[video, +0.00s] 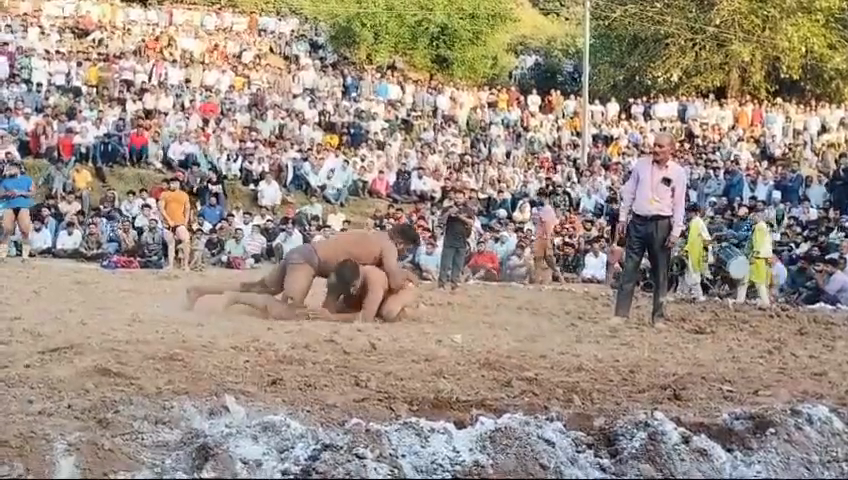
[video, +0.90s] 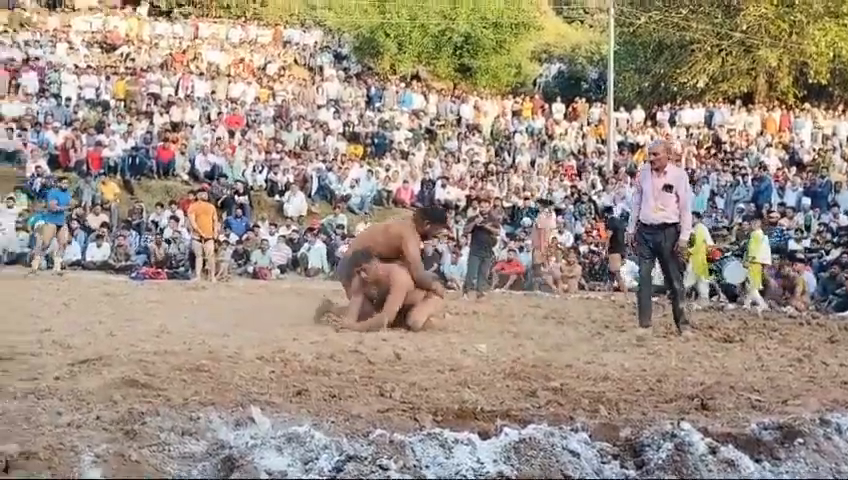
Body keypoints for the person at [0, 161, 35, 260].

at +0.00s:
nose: (11, 170)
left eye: (14, 167)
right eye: (10, 167)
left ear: (19, 168)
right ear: (7, 168)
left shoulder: (27, 180)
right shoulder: (5, 181)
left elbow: (33, 192)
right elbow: (2, 194)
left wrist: (20, 193)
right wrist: (8, 194)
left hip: (23, 206)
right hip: (8, 206)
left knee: (25, 231)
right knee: (6, 230)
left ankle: (25, 255)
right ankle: (3, 254)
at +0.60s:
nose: (23, 172)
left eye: (25, 170)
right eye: (21, 170)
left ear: (28, 172)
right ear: (17, 171)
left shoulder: (32, 183)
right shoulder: (12, 181)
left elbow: (35, 195)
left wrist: (30, 200)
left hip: (24, 209)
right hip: (10, 208)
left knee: (27, 229)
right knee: (8, 230)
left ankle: (27, 255)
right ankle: (5, 254)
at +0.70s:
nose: (31, 175)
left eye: (33, 173)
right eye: (29, 173)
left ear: (35, 174)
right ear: (25, 174)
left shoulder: (38, 185)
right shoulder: (19, 184)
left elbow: (40, 197)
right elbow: (15, 198)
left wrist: (36, 201)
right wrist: (28, 202)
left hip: (31, 211)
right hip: (18, 210)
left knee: (34, 233)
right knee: (15, 234)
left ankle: (32, 258)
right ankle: (9, 257)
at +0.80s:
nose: (45, 179)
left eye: (47, 176)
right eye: (43, 176)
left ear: (49, 178)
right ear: (39, 177)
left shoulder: (49, 190)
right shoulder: (33, 188)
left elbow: (51, 201)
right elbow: (32, 201)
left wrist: (52, 203)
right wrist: (43, 205)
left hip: (43, 215)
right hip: (31, 215)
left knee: (45, 238)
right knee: (26, 238)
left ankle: (42, 262)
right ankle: (19, 261)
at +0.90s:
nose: (65, 185)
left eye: (66, 183)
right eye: (63, 183)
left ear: (68, 184)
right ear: (58, 183)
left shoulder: (67, 194)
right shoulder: (53, 193)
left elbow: (69, 204)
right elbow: (52, 207)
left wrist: (73, 205)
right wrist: (66, 208)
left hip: (62, 221)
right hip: (51, 220)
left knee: (63, 243)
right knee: (45, 243)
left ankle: (57, 266)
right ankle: (36, 262)